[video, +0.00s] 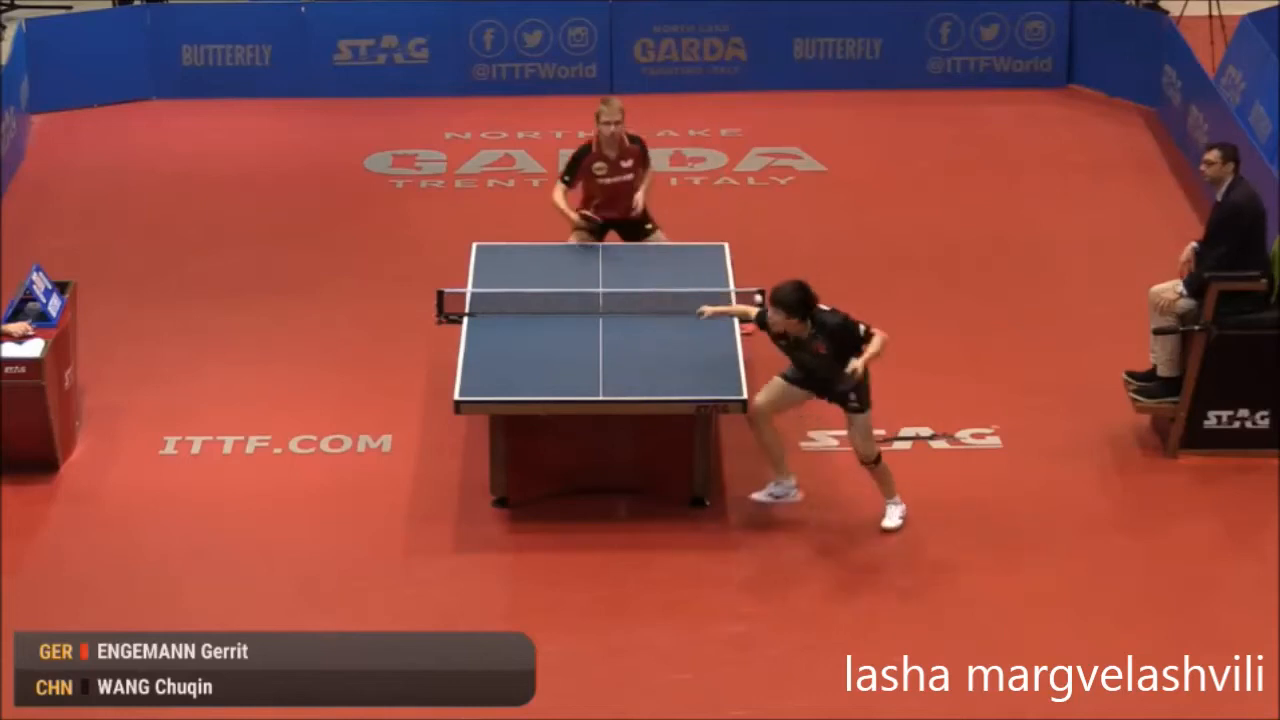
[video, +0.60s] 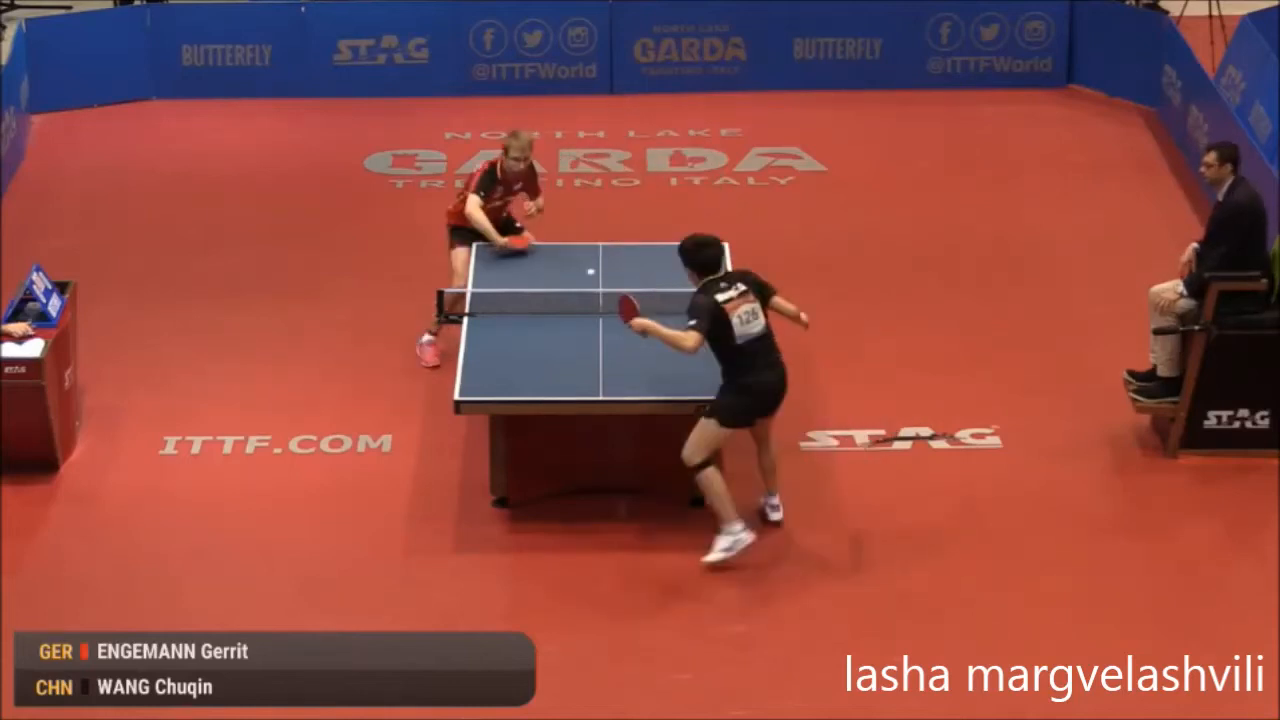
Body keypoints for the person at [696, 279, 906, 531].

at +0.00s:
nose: (770, 320)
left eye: (776, 316)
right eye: (770, 314)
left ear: (795, 319)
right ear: (772, 311)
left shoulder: (833, 323)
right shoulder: (773, 321)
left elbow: (879, 336)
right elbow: (745, 312)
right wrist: (716, 310)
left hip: (847, 380)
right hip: (807, 375)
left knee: (865, 451)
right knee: (758, 409)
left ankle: (893, 503)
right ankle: (784, 483)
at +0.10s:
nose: (762, 336)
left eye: (767, 332)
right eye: (760, 330)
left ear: (786, 328)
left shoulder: (822, 327)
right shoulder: (771, 327)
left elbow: (872, 342)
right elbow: (747, 320)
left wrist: (839, 353)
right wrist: (721, 322)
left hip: (841, 385)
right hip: (802, 379)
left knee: (860, 460)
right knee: (750, 412)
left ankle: (893, 503)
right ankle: (785, 480)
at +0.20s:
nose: (730, 340)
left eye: (731, 335)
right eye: (728, 335)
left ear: (746, 331)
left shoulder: (792, 328)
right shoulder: (754, 334)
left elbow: (835, 347)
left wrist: (792, 365)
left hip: (827, 386)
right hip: (794, 384)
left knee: (847, 465)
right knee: (745, 421)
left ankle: (891, 501)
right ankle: (768, 492)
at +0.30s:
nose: (710, 329)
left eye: (711, 323)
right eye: (708, 323)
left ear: (726, 320)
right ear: (731, 313)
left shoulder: (767, 328)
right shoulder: (748, 324)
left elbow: (798, 354)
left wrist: (749, 358)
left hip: (816, 387)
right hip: (786, 383)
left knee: (823, 470)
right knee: (741, 424)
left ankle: (886, 494)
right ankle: (769, 492)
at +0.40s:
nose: (695, 303)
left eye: (695, 297)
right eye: (693, 297)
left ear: (704, 299)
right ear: (724, 286)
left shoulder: (736, 315)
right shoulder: (746, 297)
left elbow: (749, 343)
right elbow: (785, 307)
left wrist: (701, 333)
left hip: (795, 388)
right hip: (777, 382)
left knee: (771, 471)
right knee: (743, 422)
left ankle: (850, 484)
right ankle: (769, 493)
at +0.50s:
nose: (688, 285)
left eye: (688, 279)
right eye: (687, 278)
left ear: (696, 281)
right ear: (719, 270)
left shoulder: (722, 304)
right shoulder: (744, 285)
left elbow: (726, 337)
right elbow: (781, 297)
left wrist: (681, 323)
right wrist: (797, 303)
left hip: (773, 381)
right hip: (786, 367)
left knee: (739, 458)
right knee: (756, 430)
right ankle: (767, 493)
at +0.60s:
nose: (685, 271)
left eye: (686, 267)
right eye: (687, 265)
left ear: (692, 271)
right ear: (721, 261)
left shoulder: (704, 300)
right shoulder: (746, 279)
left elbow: (690, 343)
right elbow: (784, 307)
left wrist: (649, 327)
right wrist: (800, 316)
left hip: (743, 388)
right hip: (775, 379)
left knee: (694, 455)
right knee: (763, 437)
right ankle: (774, 503)